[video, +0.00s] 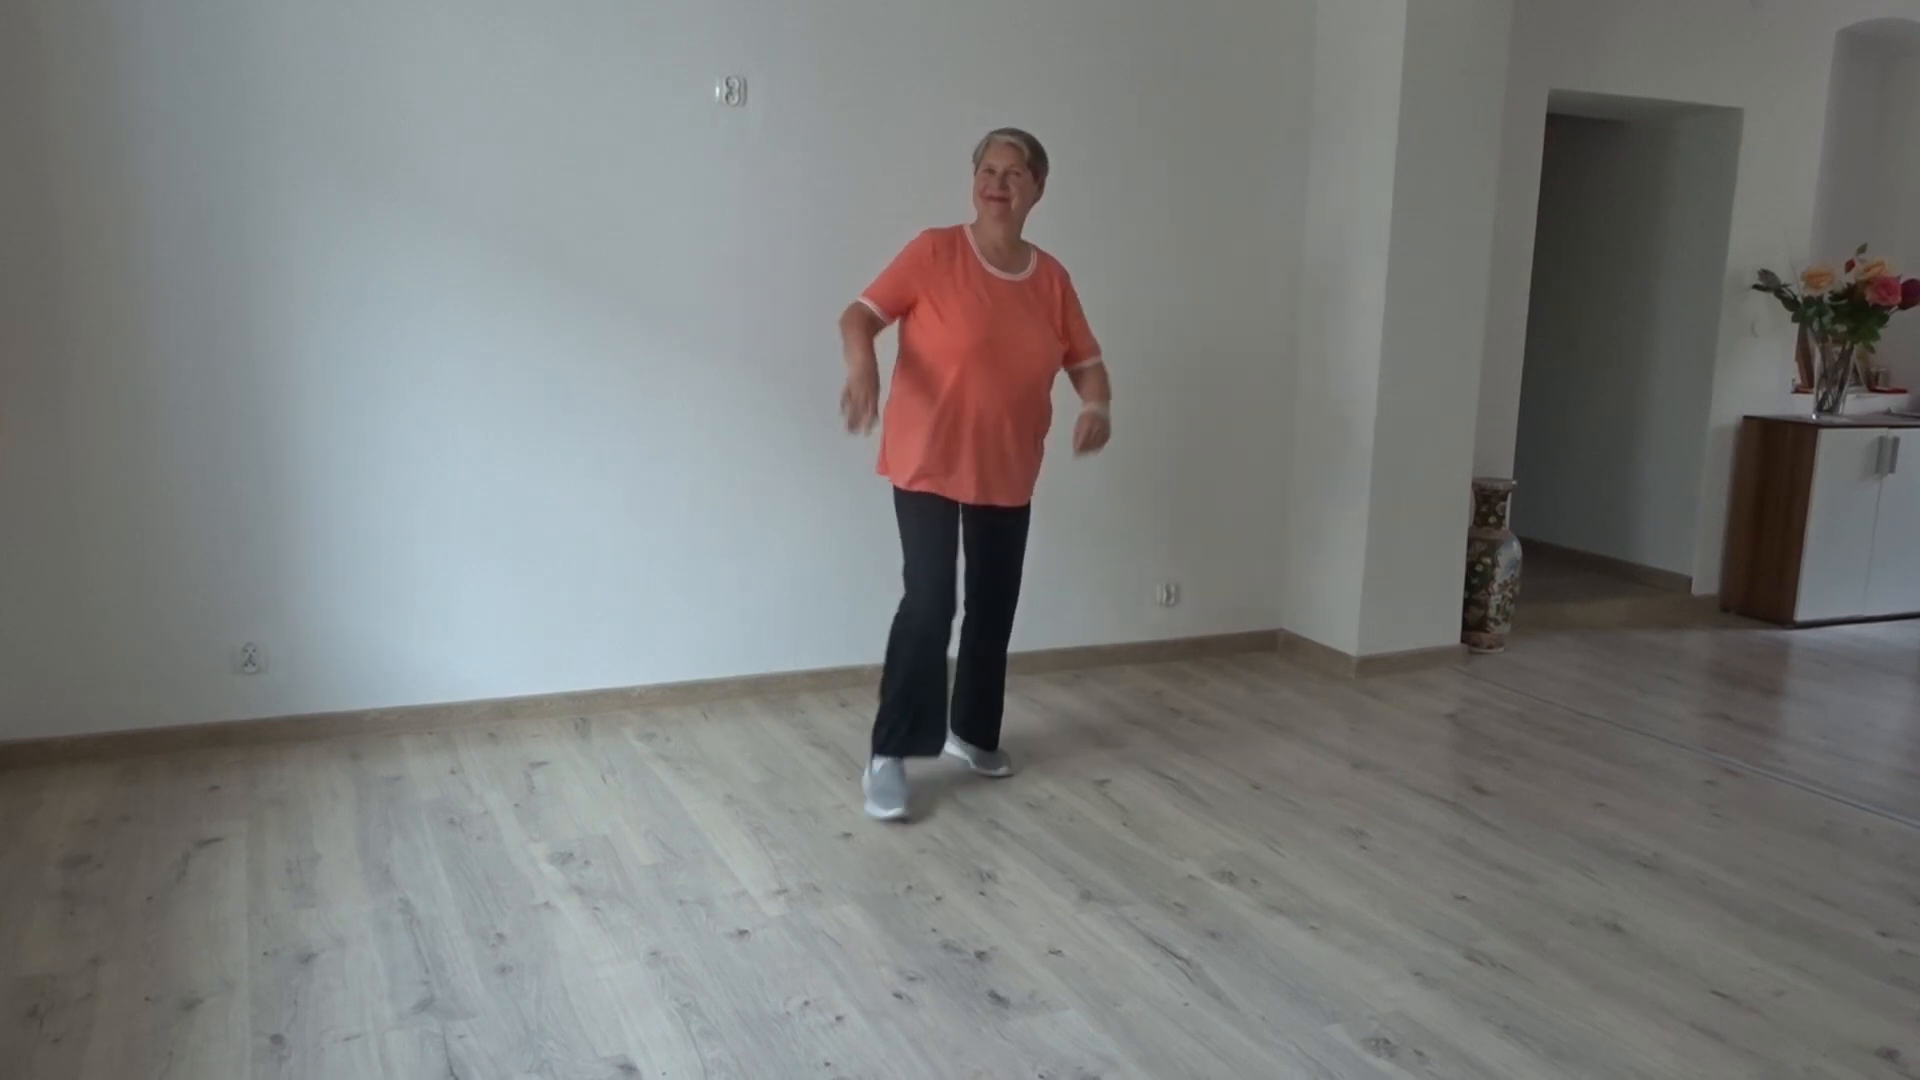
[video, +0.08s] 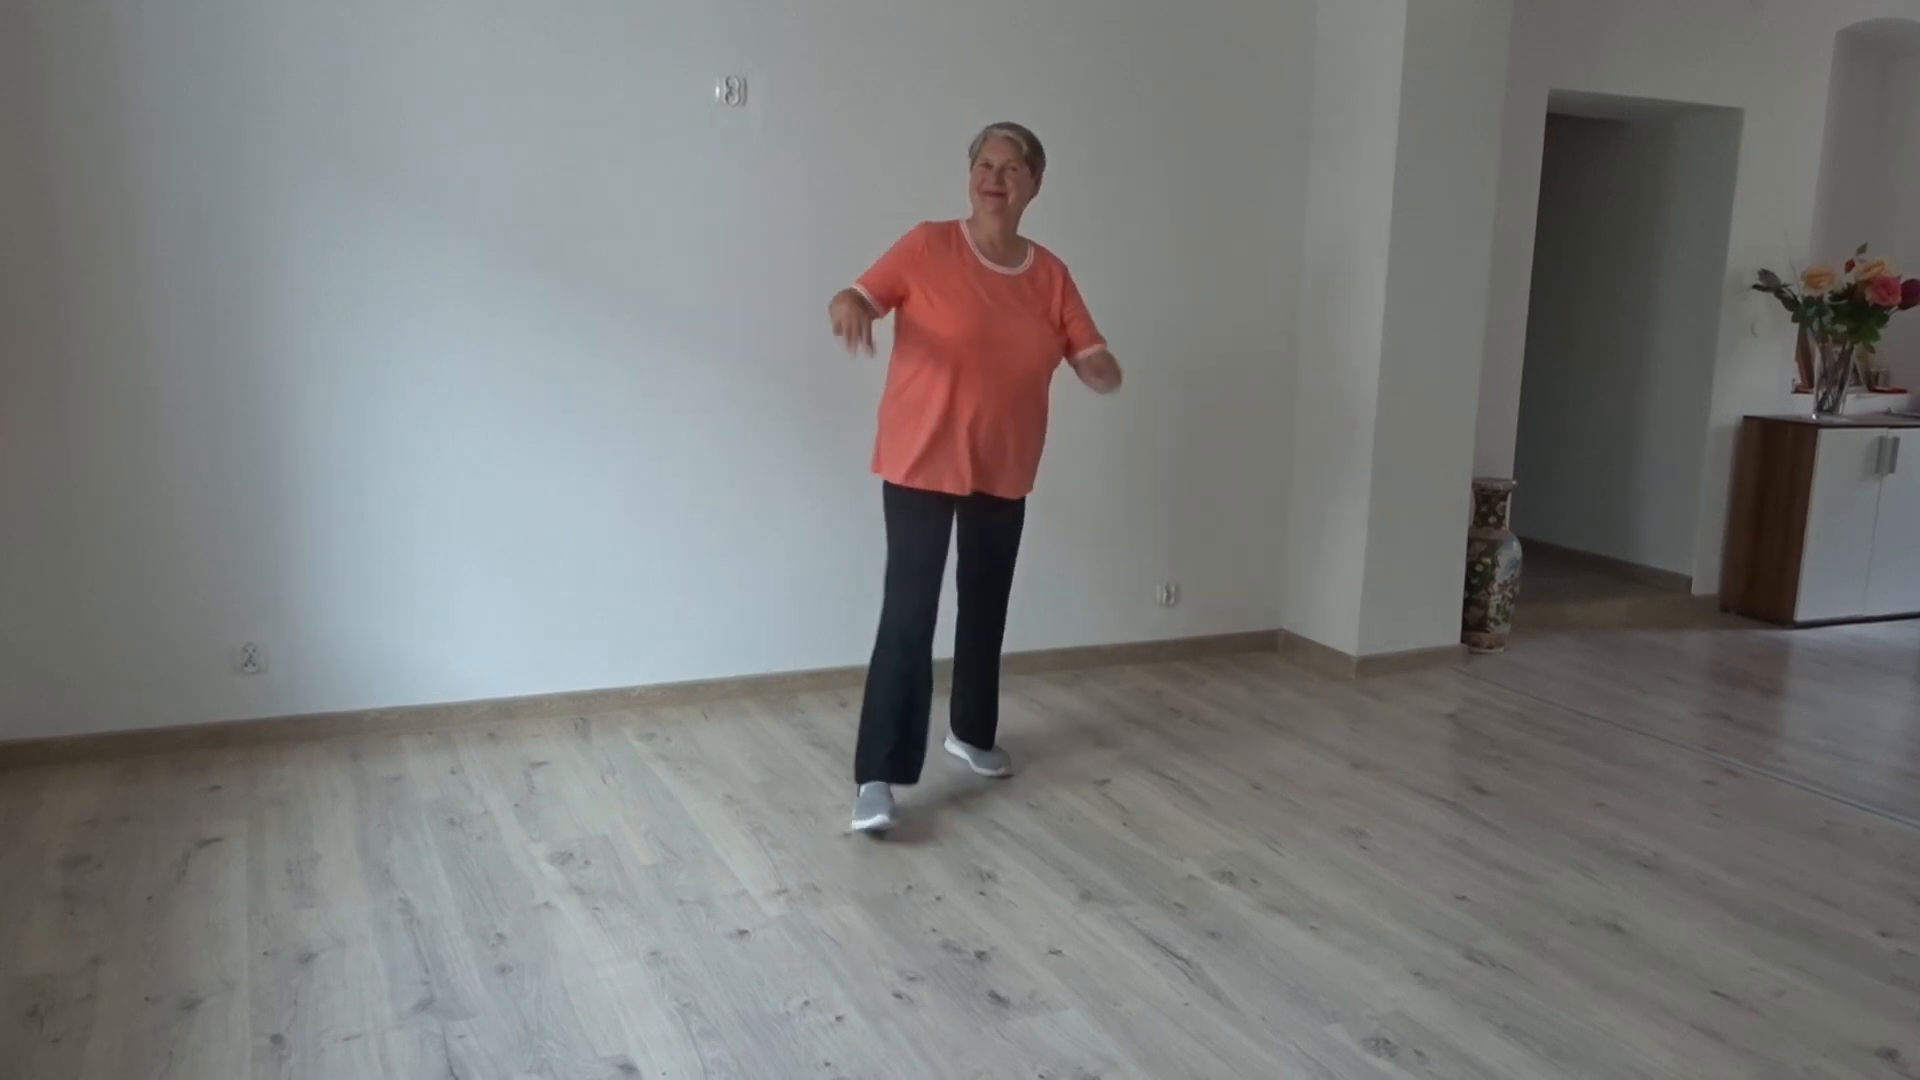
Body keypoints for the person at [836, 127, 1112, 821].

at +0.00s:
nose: (1000, 183)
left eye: (1015, 174)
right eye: (989, 172)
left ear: (1038, 189)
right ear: (972, 183)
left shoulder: (1051, 278)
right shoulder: (933, 252)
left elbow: (1085, 361)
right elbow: (860, 316)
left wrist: (1097, 405)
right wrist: (861, 367)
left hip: (1006, 470)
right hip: (926, 460)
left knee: (992, 611)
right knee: (931, 602)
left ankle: (972, 732)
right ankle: (890, 755)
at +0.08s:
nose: (996, 178)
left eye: (1011, 169)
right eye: (986, 166)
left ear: (1034, 185)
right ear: (969, 177)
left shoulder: (1049, 274)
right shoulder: (927, 245)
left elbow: (1092, 357)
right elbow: (857, 299)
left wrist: (1101, 369)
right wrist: (848, 305)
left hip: (1002, 467)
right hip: (919, 457)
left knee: (985, 611)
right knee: (908, 614)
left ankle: (972, 735)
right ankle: (876, 777)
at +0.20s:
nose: (986, 178)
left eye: (1003, 170)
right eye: (976, 166)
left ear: (1025, 186)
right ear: (959, 177)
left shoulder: (1039, 278)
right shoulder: (914, 245)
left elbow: (1081, 373)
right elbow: (840, 320)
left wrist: (1095, 326)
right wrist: (840, 270)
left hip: (991, 472)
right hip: (905, 463)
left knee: (979, 617)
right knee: (900, 627)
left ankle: (970, 734)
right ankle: (872, 789)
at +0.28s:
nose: (979, 175)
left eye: (996, 167)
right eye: (969, 163)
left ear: (1019, 186)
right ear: (951, 176)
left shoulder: (1028, 279)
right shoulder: (906, 243)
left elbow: (1062, 375)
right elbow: (830, 321)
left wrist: (1077, 304)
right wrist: (839, 247)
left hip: (980, 467)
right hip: (892, 458)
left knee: (976, 611)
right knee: (893, 624)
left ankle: (971, 729)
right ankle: (874, 800)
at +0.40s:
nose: (967, 166)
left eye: (985, 159)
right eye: (958, 153)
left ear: (1007, 181)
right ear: (939, 165)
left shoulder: (1014, 273)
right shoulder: (888, 235)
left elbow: (1034, 370)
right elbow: (813, 314)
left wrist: (1047, 282)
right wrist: (836, 234)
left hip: (963, 467)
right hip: (874, 457)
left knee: (976, 620)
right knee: (882, 632)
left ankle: (969, 720)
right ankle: (873, 803)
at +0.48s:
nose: (963, 162)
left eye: (981, 155)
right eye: (953, 149)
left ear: (1001, 175)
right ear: (932, 160)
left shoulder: (1004, 265)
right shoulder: (878, 233)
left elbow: (1021, 366)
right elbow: (806, 315)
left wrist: (1021, 273)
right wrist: (844, 233)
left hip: (959, 470)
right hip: (868, 460)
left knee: (965, 626)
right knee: (875, 632)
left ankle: (966, 733)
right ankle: (874, 802)